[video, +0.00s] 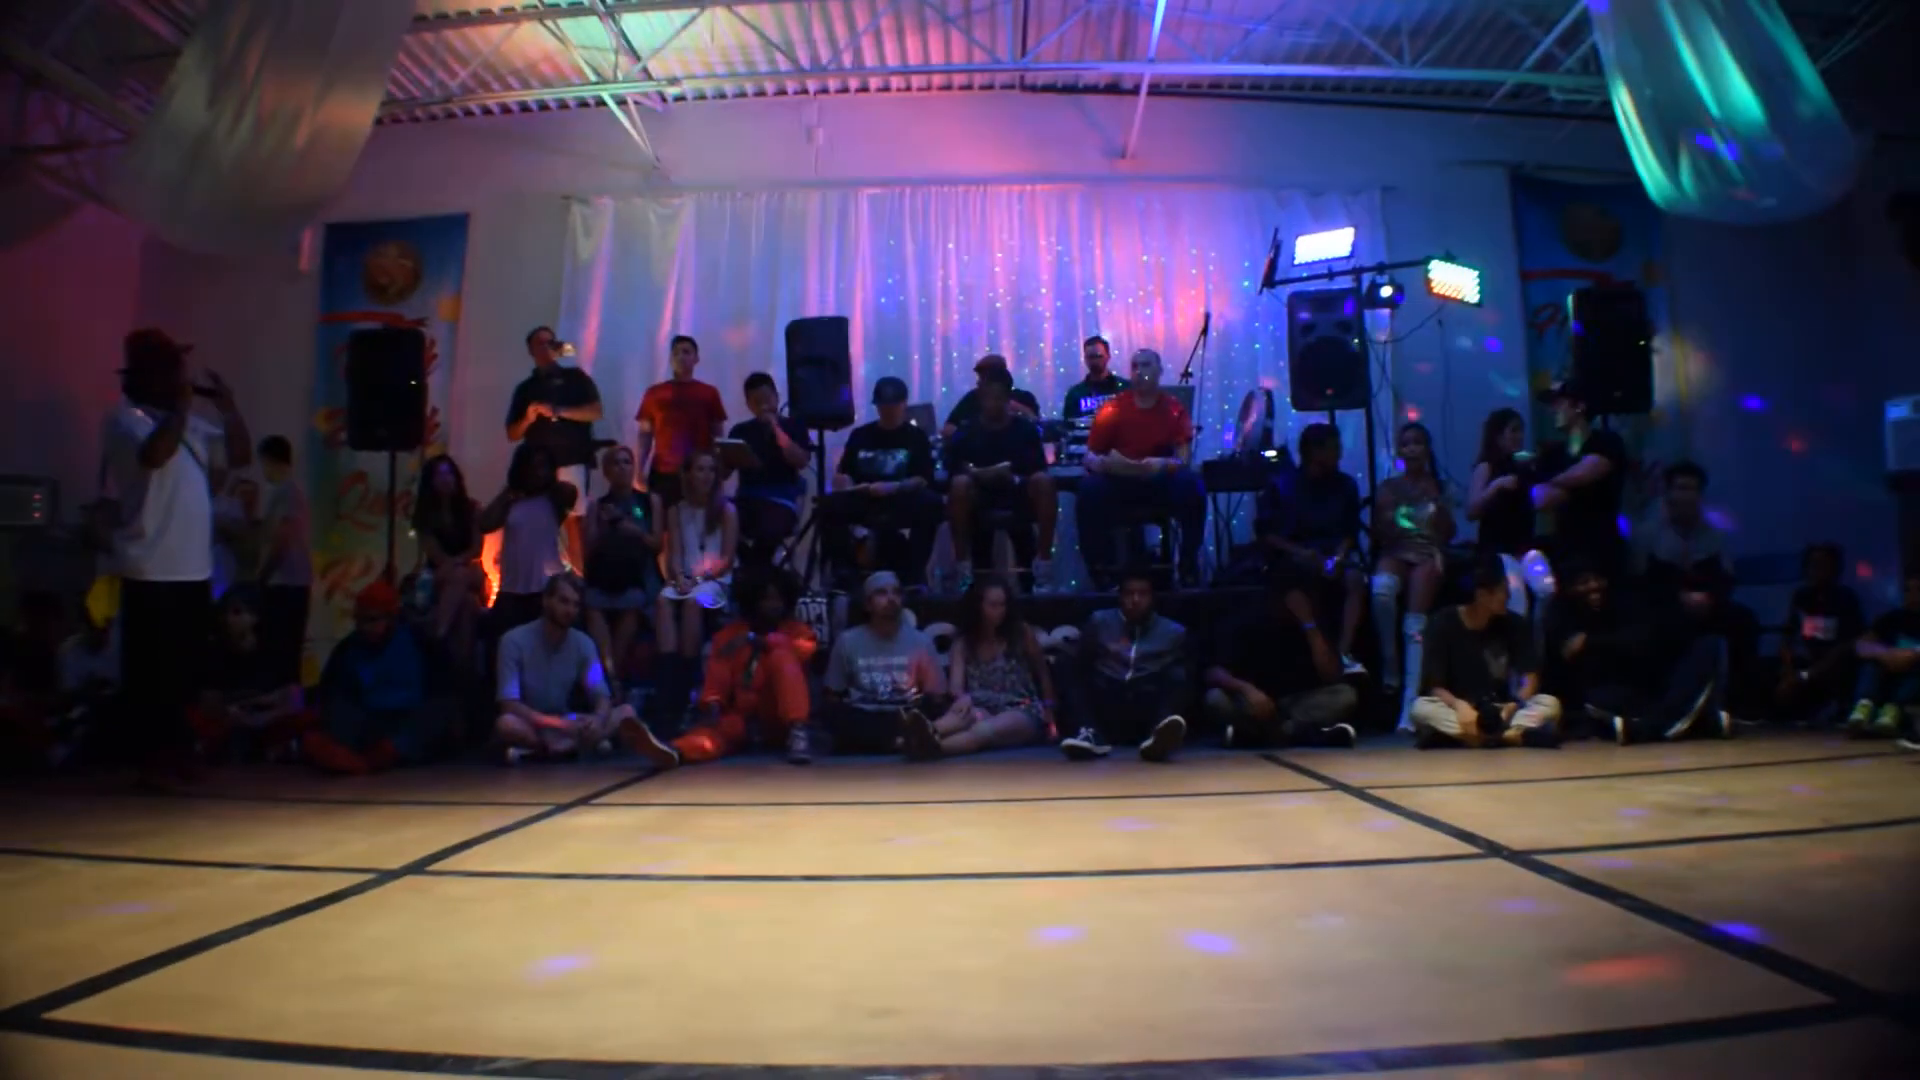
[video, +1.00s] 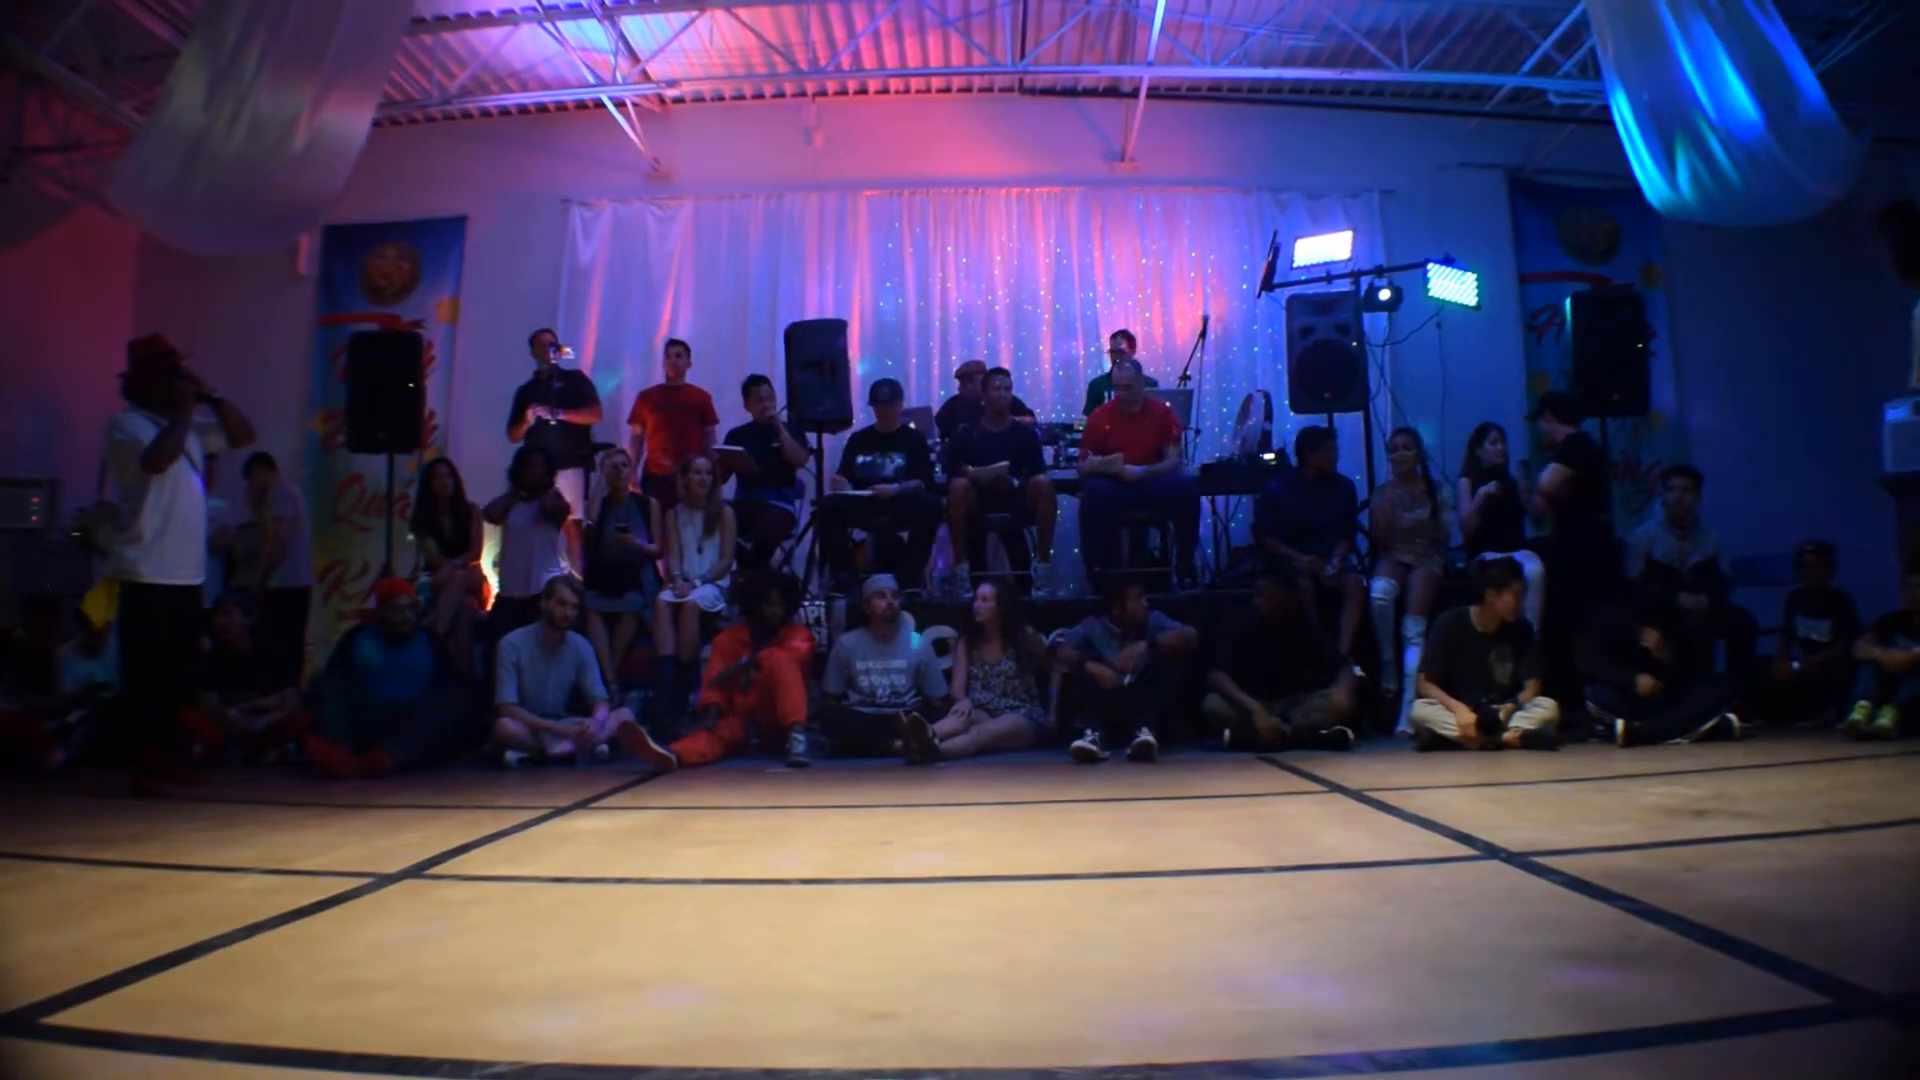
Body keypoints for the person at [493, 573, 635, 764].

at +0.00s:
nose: (570, 610)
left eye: (575, 604)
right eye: (563, 602)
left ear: (579, 608)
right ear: (547, 601)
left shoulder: (583, 643)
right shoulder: (515, 641)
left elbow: (602, 696)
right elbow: (509, 703)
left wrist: (598, 721)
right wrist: (561, 725)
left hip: (570, 718)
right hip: (533, 719)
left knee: (626, 712)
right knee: (507, 724)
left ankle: (561, 746)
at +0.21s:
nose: (575, 609)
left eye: (581, 603)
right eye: (569, 600)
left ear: (585, 607)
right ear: (552, 600)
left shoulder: (589, 643)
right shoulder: (521, 640)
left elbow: (608, 697)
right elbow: (515, 703)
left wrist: (603, 720)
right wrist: (568, 725)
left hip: (576, 718)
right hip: (538, 719)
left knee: (632, 712)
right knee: (512, 723)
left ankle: (568, 745)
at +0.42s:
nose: (573, 610)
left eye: (579, 605)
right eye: (567, 602)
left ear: (583, 609)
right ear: (550, 601)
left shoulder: (586, 644)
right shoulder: (518, 641)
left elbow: (605, 698)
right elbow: (513, 704)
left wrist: (601, 722)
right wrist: (565, 726)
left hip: (573, 719)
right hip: (536, 721)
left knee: (629, 714)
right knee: (510, 724)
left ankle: (562, 747)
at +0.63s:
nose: (572, 611)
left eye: (577, 605)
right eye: (566, 602)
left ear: (582, 609)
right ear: (549, 601)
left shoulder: (585, 644)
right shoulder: (518, 641)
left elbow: (605, 700)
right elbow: (511, 705)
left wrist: (600, 722)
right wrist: (565, 727)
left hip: (573, 721)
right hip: (535, 722)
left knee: (629, 714)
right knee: (509, 725)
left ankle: (563, 748)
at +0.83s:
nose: (570, 612)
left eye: (575, 606)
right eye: (563, 604)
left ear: (580, 610)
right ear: (546, 603)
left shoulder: (582, 645)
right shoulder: (515, 643)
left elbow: (602, 700)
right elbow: (509, 706)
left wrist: (597, 724)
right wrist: (562, 729)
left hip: (571, 722)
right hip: (532, 722)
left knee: (626, 715)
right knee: (507, 727)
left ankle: (546, 753)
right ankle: (581, 747)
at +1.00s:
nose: (568, 613)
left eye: (574, 607)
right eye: (561, 604)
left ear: (578, 610)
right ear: (545, 603)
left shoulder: (580, 646)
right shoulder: (513, 644)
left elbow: (600, 701)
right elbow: (507, 707)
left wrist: (596, 725)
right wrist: (562, 729)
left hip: (568, 721)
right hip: (530, 722)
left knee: (624, 715)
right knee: (504, 727)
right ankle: (581, 748)